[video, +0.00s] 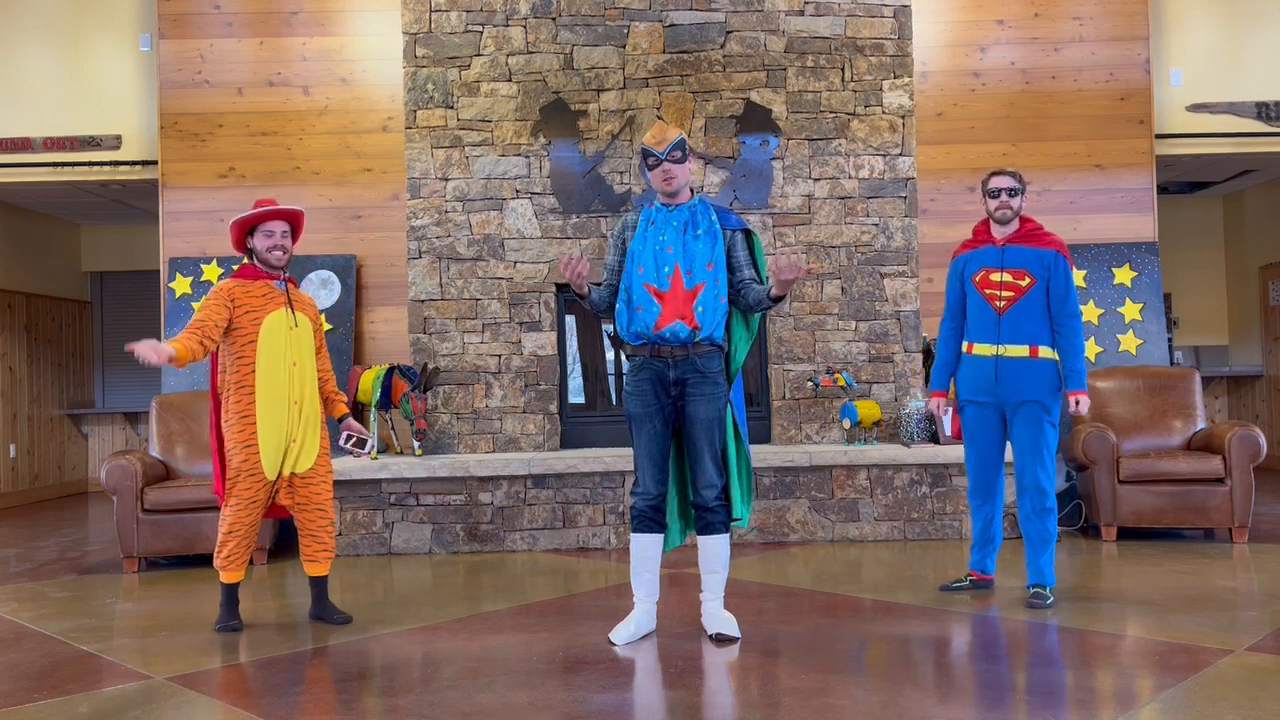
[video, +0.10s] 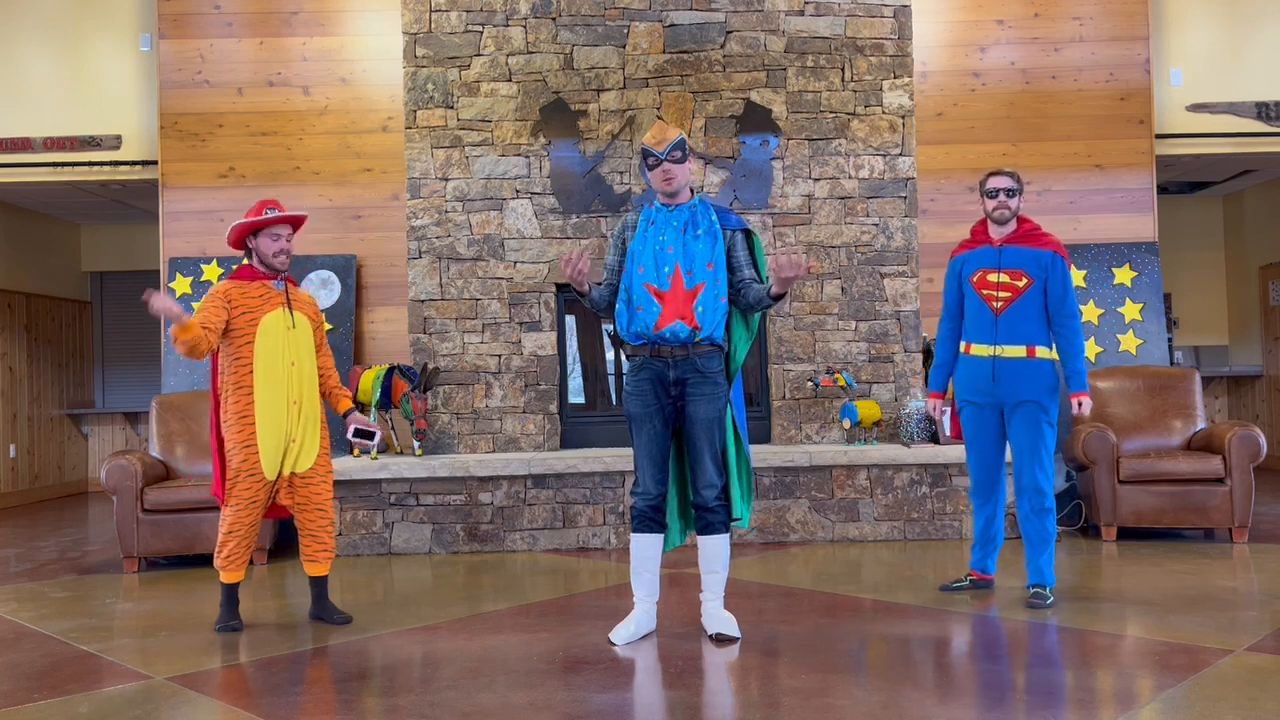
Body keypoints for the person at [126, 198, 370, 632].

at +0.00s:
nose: (278, 242)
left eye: (285, 235)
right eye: (268, 235)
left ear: (293, 243)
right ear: (250, 243)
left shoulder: (305, 302)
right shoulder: (230, 293)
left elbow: (321, 367)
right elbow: (199, 336)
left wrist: (343, 415)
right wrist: (169, 351)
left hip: (304, 420)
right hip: (250, 422)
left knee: (318, 502)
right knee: (244, 505)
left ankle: (321, 600)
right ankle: (229, 605)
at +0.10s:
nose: (286, 244)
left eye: (289, 237)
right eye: (275, 237)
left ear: (294, 242)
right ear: (252, 244)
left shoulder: (305, 301)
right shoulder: (227, 295)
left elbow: (323, 363)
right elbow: (199, 346)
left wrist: (347, 409)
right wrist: (180, 321)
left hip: (305, 421)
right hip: (250, 422)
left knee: (317, 500)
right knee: (244, 504)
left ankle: (321, 600)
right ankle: (229, 606)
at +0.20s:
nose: (289, 249)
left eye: (292, 240)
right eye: (279, 241)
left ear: (294, 243)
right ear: (254, 246)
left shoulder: (305, 300)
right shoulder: (229, 294)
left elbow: (328, 363)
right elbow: (201, 338)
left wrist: (355, 399)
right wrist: (205, 283)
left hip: (304, 422)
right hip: (250, 425)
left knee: (318, 504)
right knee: (243, 506)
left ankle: (321, 601)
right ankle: (229, 606)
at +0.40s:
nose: (291, 250)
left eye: (293, 243)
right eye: (283, 242)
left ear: (292, 248)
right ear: (257, 246)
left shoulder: (302, 300)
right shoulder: (225, 293)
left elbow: (327, 352)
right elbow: (227, 331)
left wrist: (361, 361)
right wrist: (266, 279)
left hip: (304, 425)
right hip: (248, 427)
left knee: (316, 503)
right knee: (242, 506)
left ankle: (321, 601)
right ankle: (229, 606)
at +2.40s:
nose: (283, 252)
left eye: (286, 244)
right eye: (274, 244)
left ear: (288, 247)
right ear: (249, 246)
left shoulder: (298, 298)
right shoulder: (221, 297)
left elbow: (325, 356)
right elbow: (231, 345)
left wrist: (333, 324)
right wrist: (291, 323)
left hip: (303, 420)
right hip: (249, 422)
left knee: (317, 502)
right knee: (242, 505)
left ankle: (320, 601)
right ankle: (229, 606)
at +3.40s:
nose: (286, 252)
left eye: (288, 244)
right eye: (276, 244)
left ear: (288, 247)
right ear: (251, 246)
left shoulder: (298, 298)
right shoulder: (221, 296)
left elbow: (324, 356)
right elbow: (225, 347)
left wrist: (334, 326)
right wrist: (285, 330)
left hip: (303, 419)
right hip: (249, 421)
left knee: (316, 500)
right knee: (242, 503)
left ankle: (320, 601)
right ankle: (229, 607)